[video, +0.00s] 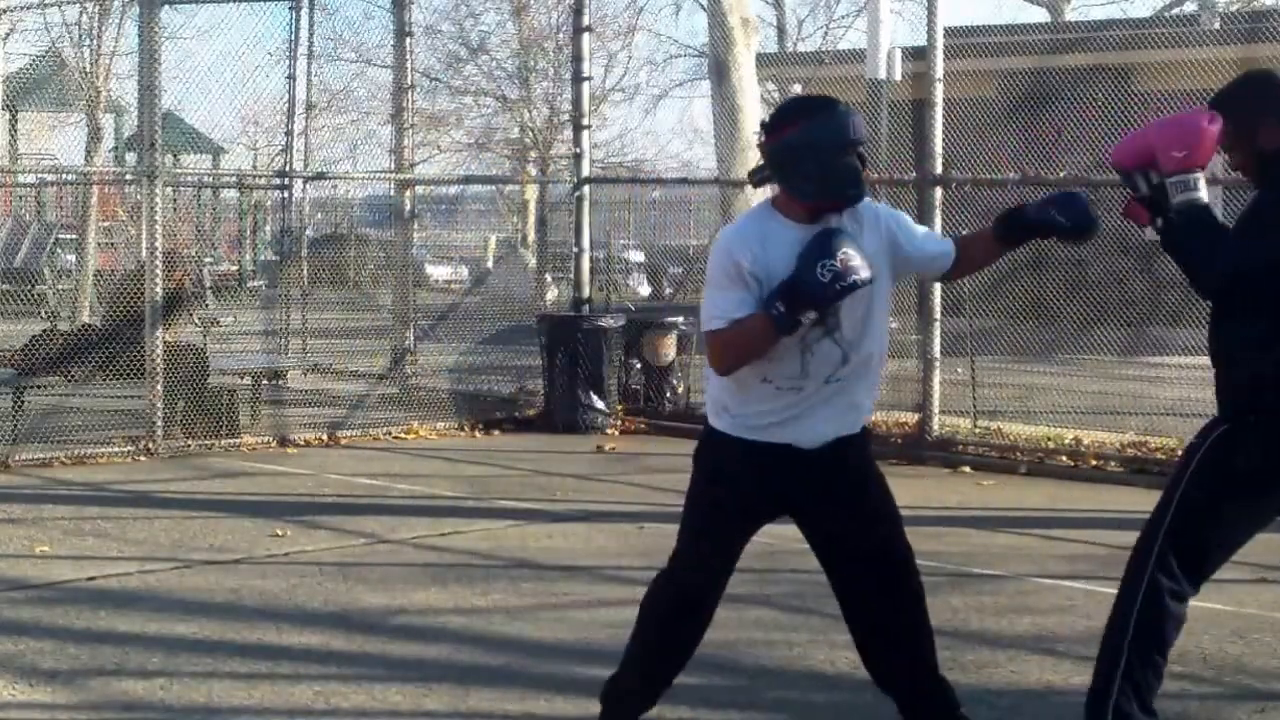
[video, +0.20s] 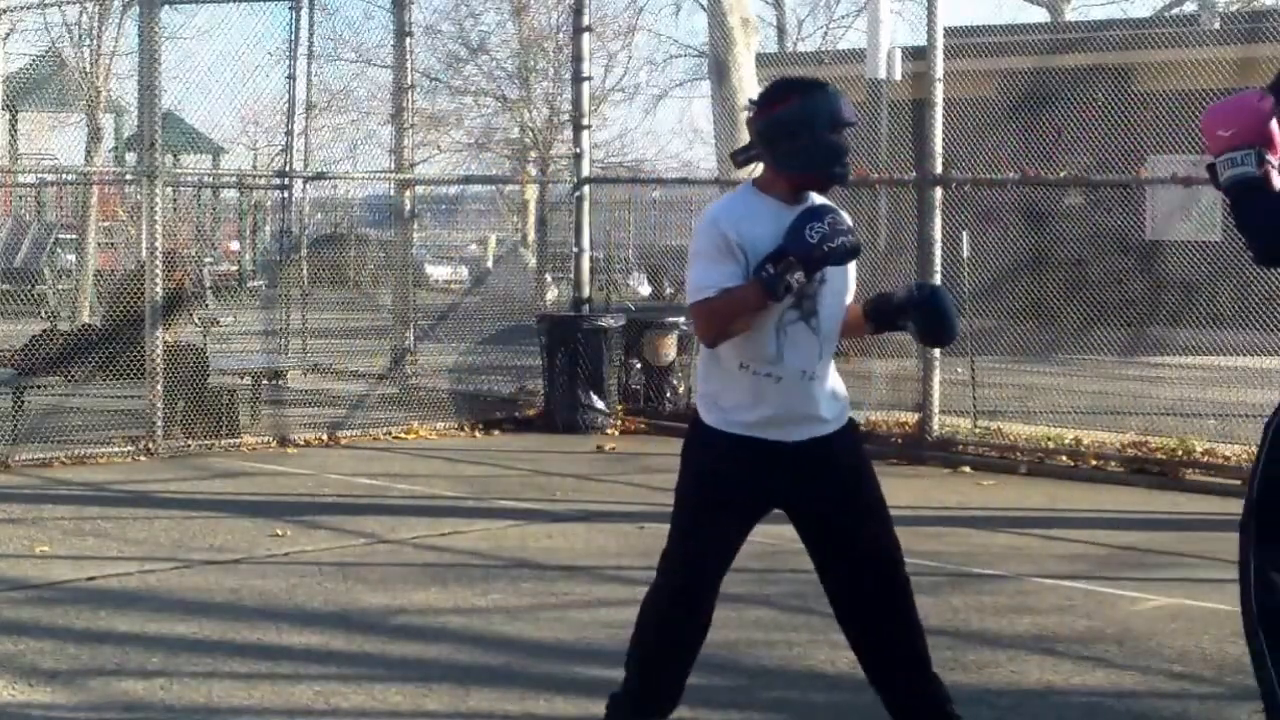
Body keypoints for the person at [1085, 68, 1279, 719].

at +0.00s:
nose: (1226, 156)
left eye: (1231, 140)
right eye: (1223, 143)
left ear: (1262, 132)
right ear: (1263, 134)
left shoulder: (1272, 202)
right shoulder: (1265, 200)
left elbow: (1223, 276)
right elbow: (1221, 277)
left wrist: (1185, 195)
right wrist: (1169, 213)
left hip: (1255, 431)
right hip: (1254, 426)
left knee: (1162, 568)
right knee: (1164, 567)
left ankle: (1119, 707)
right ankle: (1122, 705)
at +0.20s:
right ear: (1267, 153)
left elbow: (1266, 244)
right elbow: (1267, 243)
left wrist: (1240, 163)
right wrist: (1241, 165)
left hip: (1277, 422)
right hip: (1277, 419)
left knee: (1263, 557)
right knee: (1262, 557)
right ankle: (1270, 690)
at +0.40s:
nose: (1251, 233)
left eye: (1250, 212)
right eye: (1247, 216)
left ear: (1261, 204)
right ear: (1261, 204)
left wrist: (1261, 209)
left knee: (1253, 537)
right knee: (1249, 535)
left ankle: (1257, 701)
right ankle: (1256, 699)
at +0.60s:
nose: (1249, 156)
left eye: (1255, 142)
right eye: (1250, 142)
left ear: (1271, 144)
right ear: (1267, 146)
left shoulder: (1277, 199)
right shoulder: (1273, 198)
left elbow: (1235, 285)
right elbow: (1237, 284)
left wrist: (1207, 198)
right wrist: (1211, 202)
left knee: (1268, 633)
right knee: (1265, 630)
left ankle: (1264, 702)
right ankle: (1261, 699)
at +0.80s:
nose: (1219, 169)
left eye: (1221, 155)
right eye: (1216, 158)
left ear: (1247, 143)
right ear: (1262, 138)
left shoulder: (1263, 196)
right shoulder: (1264, 194)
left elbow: (1223, 313)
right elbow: (1230, 306)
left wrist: (1166, 233)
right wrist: (1228, 213)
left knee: (1265, 625)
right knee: (1265, 622)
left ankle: (1264, 701)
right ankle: (1261, 696)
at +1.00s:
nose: (1268, 150)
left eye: (1270, 135)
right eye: (1267, 135)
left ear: (1277, 137)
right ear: (1265, 137)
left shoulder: (1276, 214)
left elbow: (1269, 301)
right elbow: (1268, 300)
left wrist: (1205, 263)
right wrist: (1209, 264)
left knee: (1278, 617)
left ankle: (1268, 699)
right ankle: (1266, 697)